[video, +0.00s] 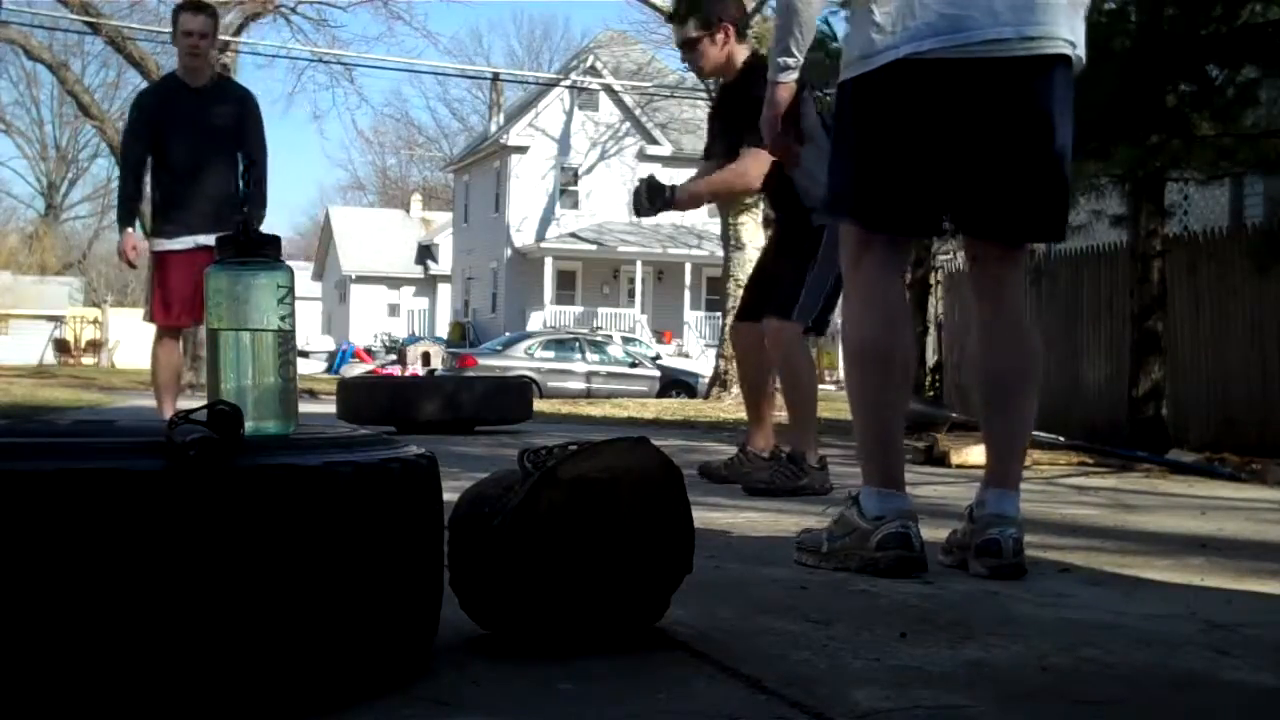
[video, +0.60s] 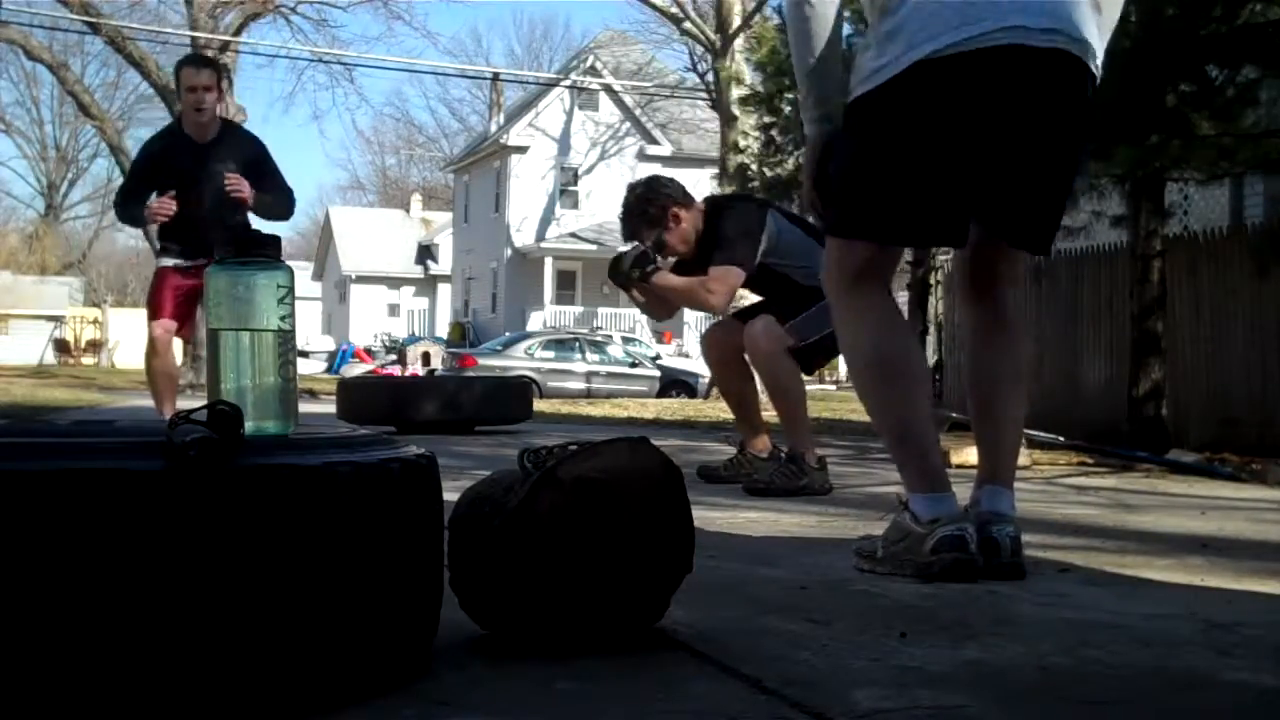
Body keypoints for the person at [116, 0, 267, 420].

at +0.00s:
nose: (195, 42)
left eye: (204, 35)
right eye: (188, 34)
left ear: (215, 40)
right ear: (175, 38)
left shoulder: (240, 99)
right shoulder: (151, 100)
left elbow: (257, 164)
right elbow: (131, 166)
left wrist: (251, 225)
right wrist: (127, 226)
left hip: (229, 231)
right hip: (173, 233)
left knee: (232, 329)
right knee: (170, 328)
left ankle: (232, 421)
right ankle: (170, 421)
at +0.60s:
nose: (201, 98)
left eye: (208, 90)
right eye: (192, 90)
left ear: (220, 93)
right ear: (179, 94)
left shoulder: (244, 144)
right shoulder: (160, 146)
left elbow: (284, 206)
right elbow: (124, 206)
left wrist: (254, 199)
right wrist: (145, 212)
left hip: (232, 260)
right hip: (178, 260)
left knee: (240, 337)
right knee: (160, 332)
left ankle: (238, 422)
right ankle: (170, 422)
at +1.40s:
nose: (226, 221)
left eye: (234, 212)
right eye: (218, 212)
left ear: (246, 212)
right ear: (204, 212)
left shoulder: (268, 247)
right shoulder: (181, 248)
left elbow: (294, 313)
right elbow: (147, 315)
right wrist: (185, 297)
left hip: (251, 323)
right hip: (199, 325)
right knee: (165, 343)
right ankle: (173, 425)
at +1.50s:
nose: (226, 218)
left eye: (234, 209)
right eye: (218, 209)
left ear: (246, 209)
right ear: (205, 209)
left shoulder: (268, 245)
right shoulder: (182, 246)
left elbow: (293, 309)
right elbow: (148, 314)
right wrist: (184, 286)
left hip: (251, 318)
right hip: (198, 320)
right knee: (168, 344)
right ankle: (173, 426)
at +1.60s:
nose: (227, 199)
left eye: (235, 191)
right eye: (219, 191)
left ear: (247, 193)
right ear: (207, 192)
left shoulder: (270, 231)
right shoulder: (184, 230)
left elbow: (295, 295)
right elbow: (148, 298)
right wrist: (181, 269)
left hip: (250, 303)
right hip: (194, 304)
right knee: (171, 343)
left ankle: (255, 423)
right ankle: (173, 425)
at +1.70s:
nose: (228, 161)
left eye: (236, 153)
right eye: (220, 153)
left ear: (249, 159)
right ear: (208, 158)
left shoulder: (269, 199)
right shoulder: (186, 198)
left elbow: (303, 255)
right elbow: (146, 258)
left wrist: (264, 211)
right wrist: (182, 214)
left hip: (250, 285)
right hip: (195, 286)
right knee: (173, 343)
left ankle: (255, 425)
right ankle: (174, 426)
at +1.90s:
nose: (233, 23)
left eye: (240, 15)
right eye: (224, 14)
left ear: (251, 21)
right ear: (210, 20)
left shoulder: (266, 74)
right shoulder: (189, 71)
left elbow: (316, 114)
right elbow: (147, 116)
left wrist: (272, 70)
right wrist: (188, 71)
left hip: (252, 209)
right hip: (196, 211)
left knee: (256, 310)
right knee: (183, 309)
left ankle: (256, 407)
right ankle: (171, 407)